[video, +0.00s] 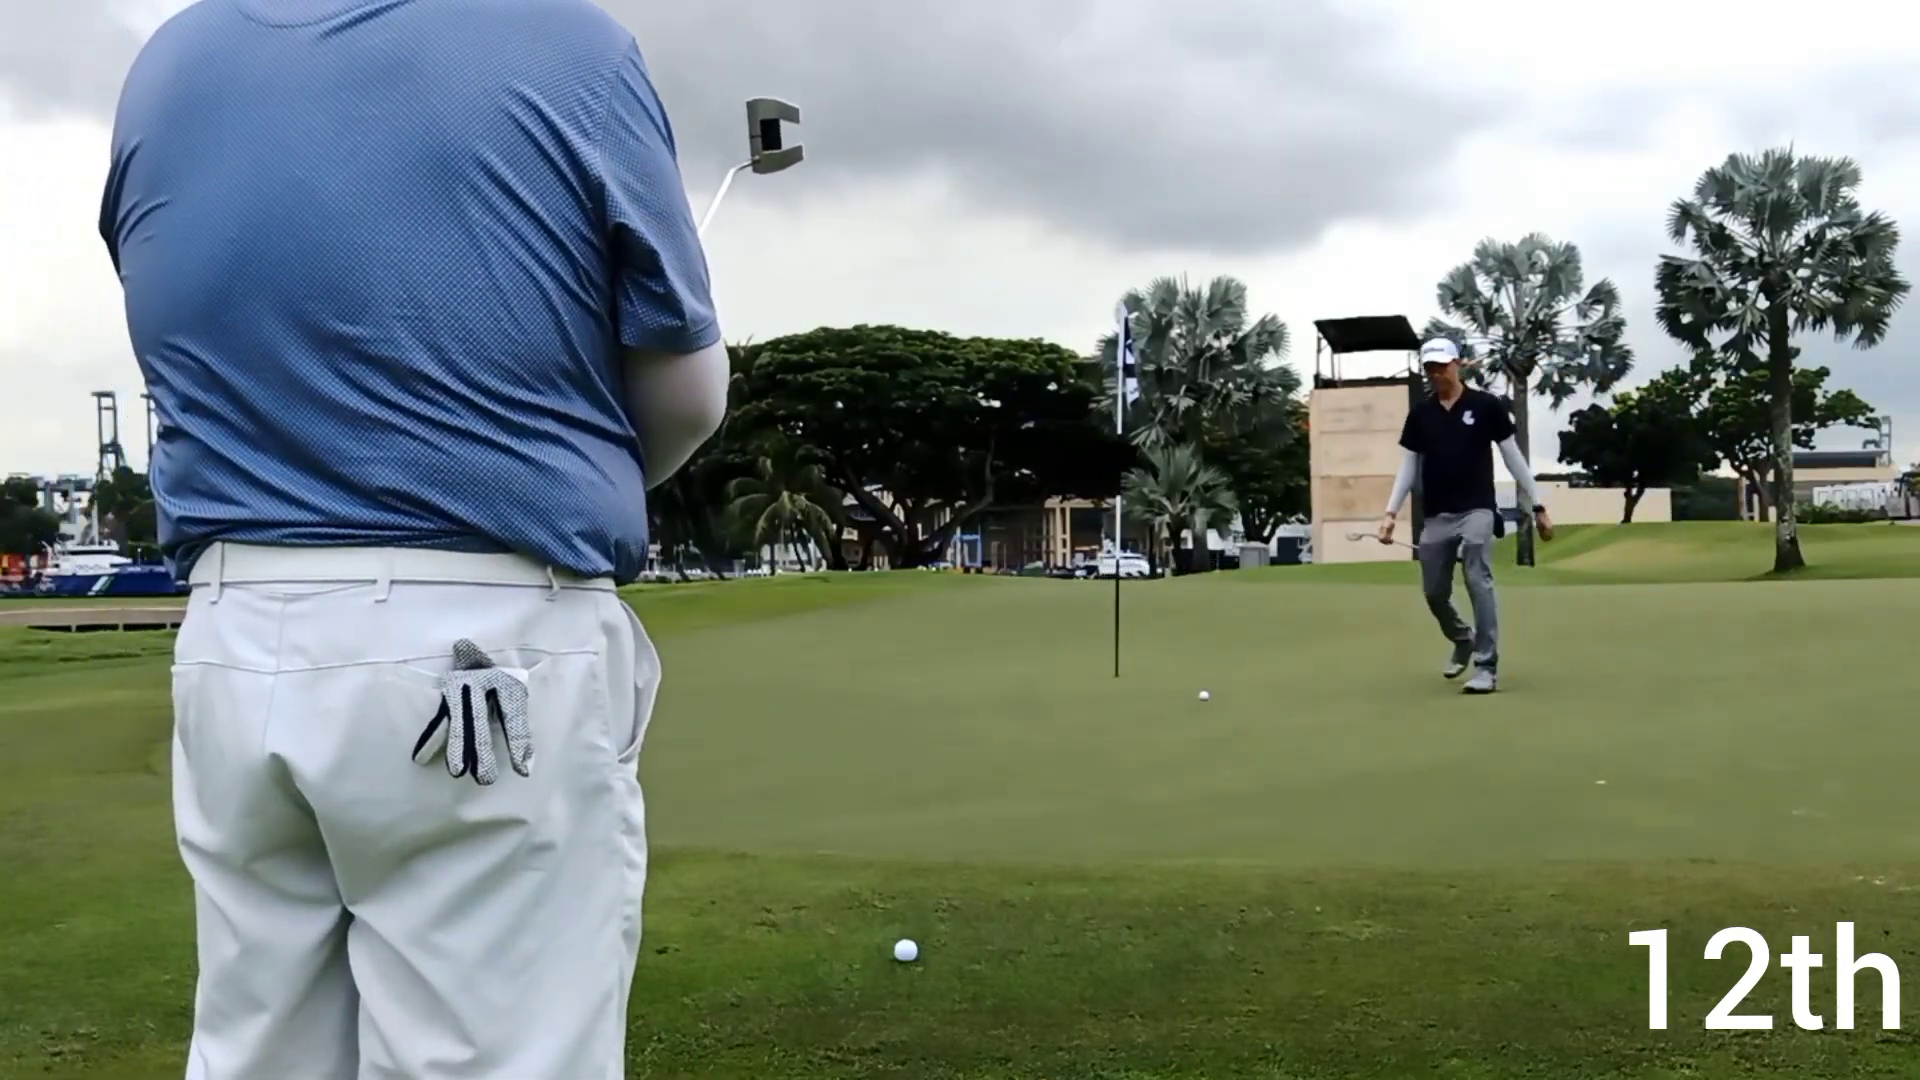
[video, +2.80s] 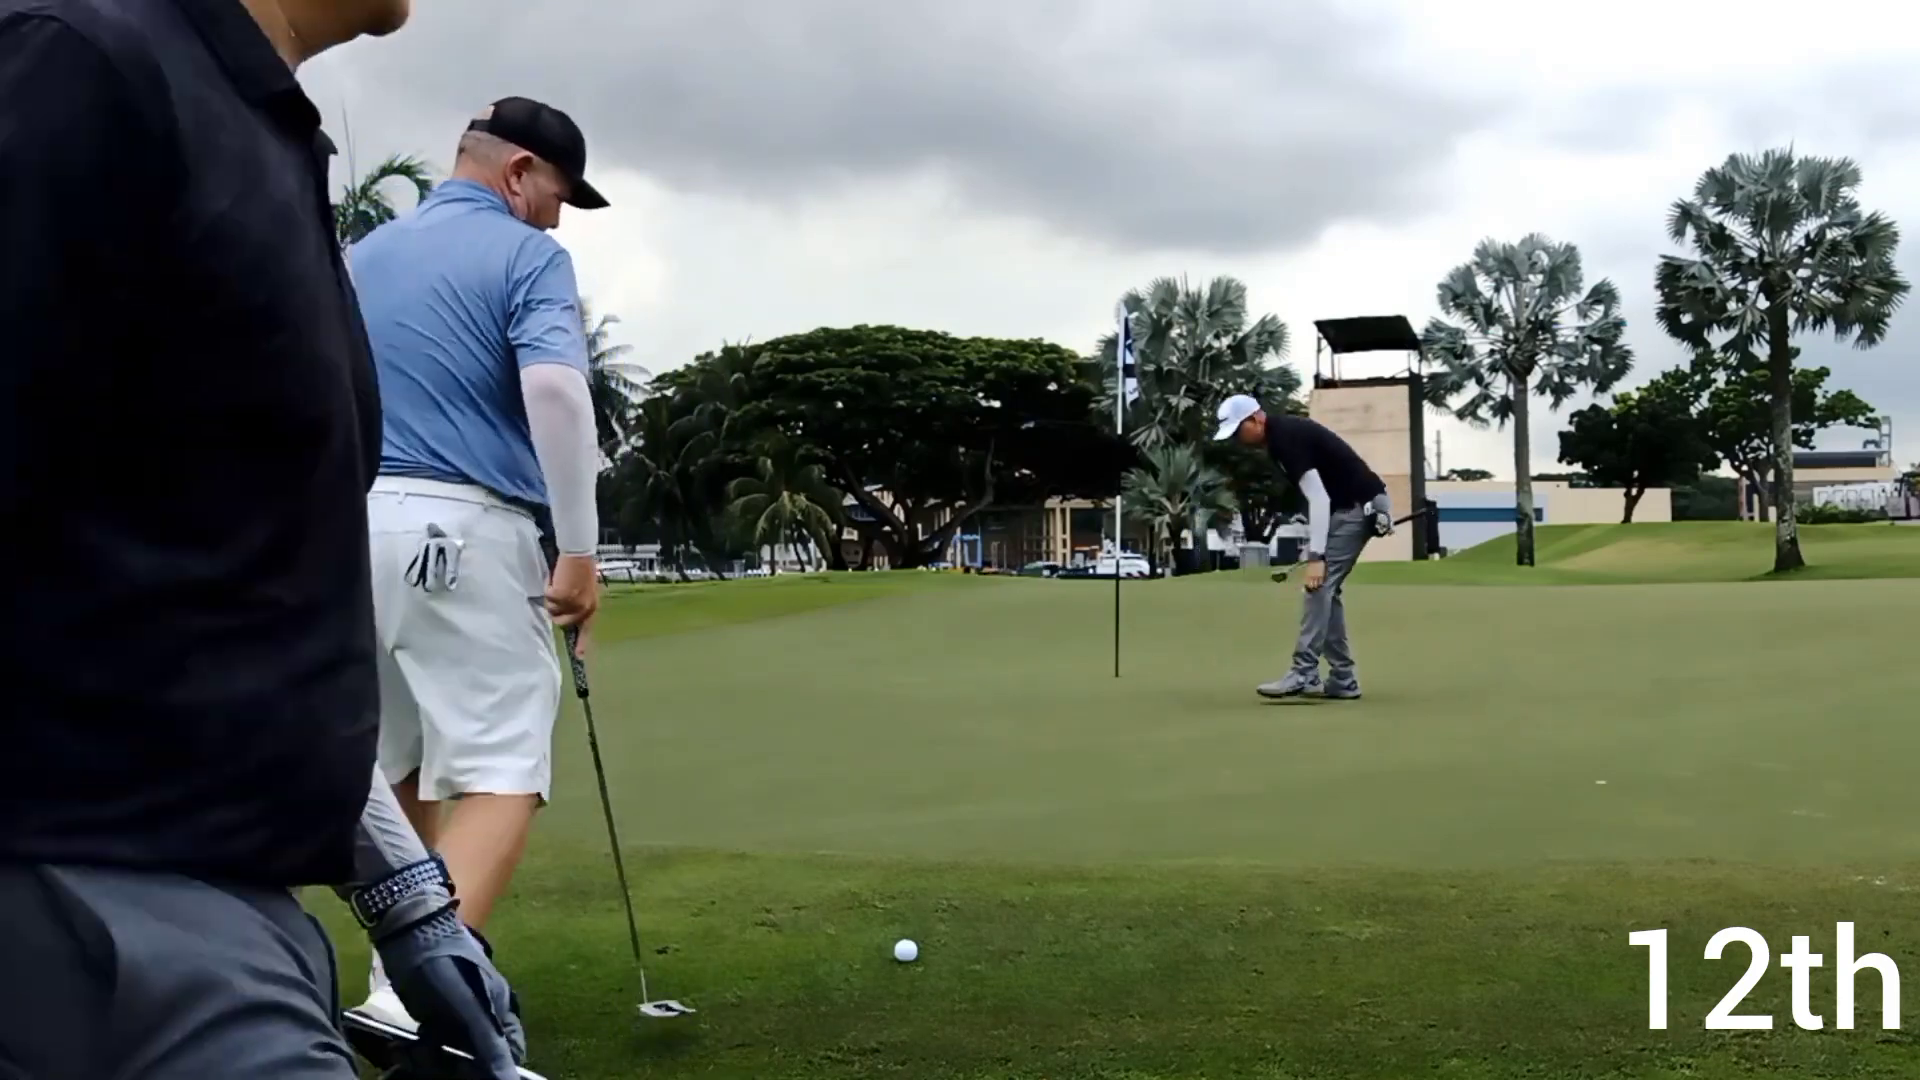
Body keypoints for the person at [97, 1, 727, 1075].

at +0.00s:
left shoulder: (172, 52)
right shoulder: (571, 40)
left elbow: (175, 333)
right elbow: (683, 390)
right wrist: (560, 492)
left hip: (238, 617)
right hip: (494, 621)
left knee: (253, 1058)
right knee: (503, 1058)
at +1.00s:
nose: (546, 22)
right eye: (546, 17)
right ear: (521, 4)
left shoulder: (206, 112)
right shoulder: (608, 108)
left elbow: (137, 436)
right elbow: (698, 439)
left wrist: (275, 536)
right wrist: (577, 552)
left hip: (250, 625)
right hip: (499, 620)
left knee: (286, 1043)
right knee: (473, 1055)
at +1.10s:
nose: (531, 39)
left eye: (535, 23)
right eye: (536, 21)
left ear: (367, 10)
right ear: (507, 11)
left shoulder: (200, 147)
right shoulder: (600, 139)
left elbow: (107, 452)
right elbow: (689, 457)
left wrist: (192, 668)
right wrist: (611, 587)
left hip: (252, 630)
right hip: (499, 623)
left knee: (287, 1037)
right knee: (466, 1052)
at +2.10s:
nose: (501, 169)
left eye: (504, 151)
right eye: (506, 148)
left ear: (378, 115)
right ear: (476, 126)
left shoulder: (256, 217)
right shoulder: (525, 239)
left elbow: (181, 421)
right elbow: (596, 438)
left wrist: (250, 526)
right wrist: (603, 603)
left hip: (291, 565)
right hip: (457, 564)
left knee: (297, 865)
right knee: (427, 879)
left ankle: (291, 1076)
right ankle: (398, 1075)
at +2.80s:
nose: (558, 221)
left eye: (563, 205)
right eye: (559, 199)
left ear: (472, 165)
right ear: (523, 172)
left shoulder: (365, 249)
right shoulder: (528, 254)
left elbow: (324, 382)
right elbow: (554, 389)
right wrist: (579, 547)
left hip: (351, 524)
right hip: (468, 529)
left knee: (400, 774)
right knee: (499, 774)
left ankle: (402, 988)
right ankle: (414, 992)